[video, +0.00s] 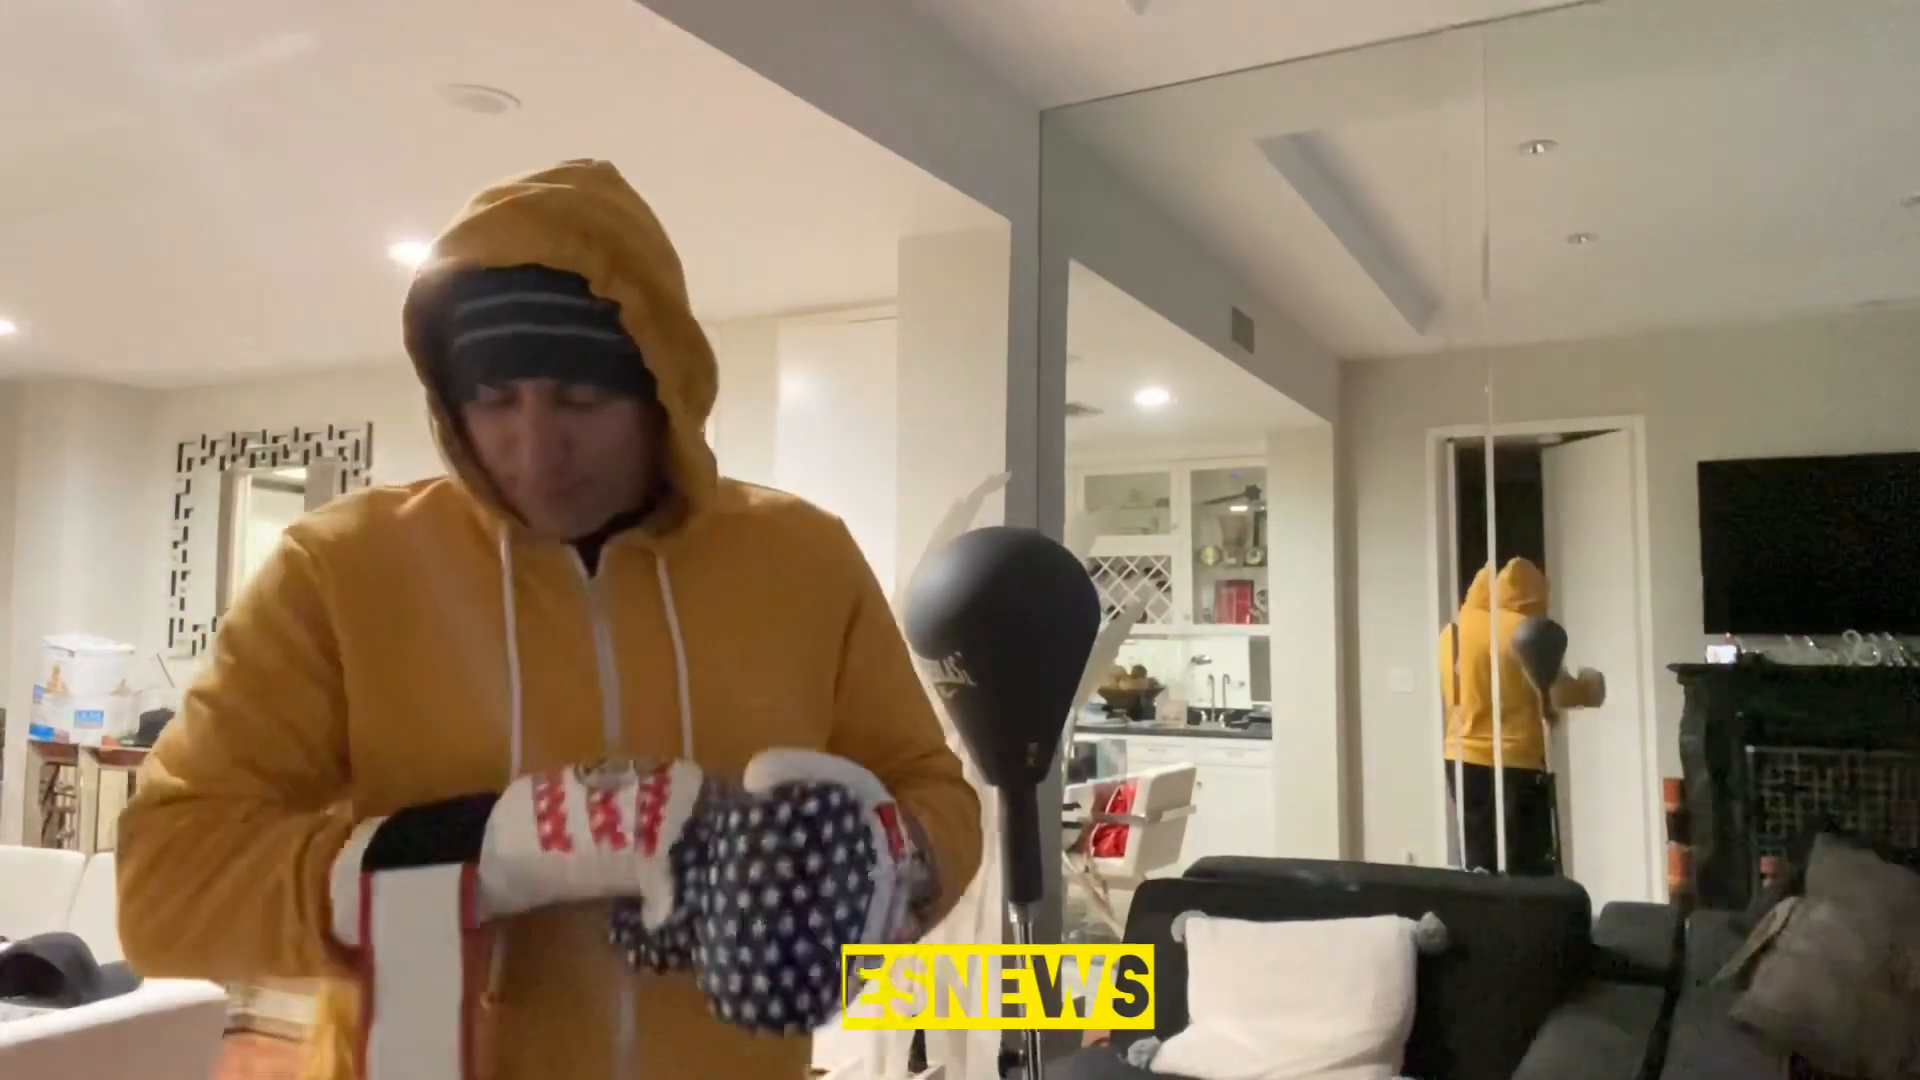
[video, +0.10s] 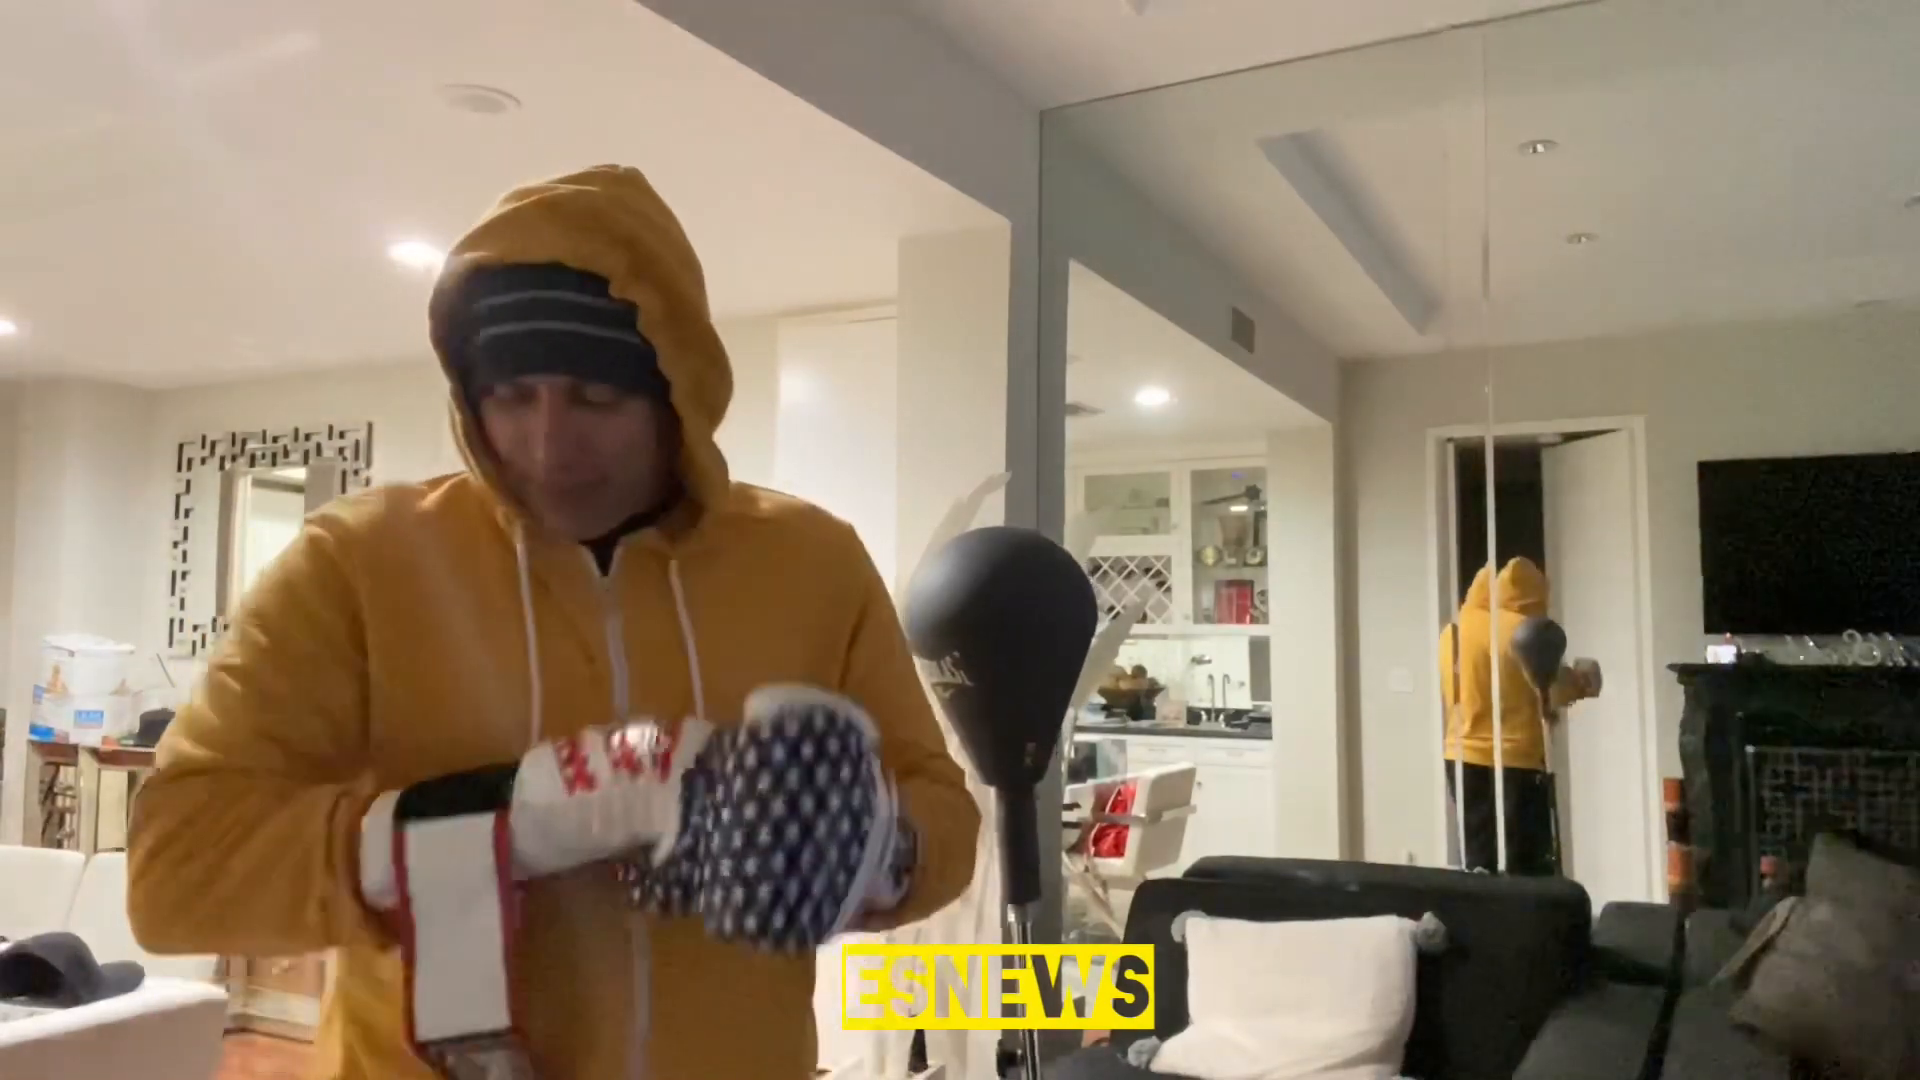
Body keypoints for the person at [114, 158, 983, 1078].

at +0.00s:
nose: (536, 445)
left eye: (580, 396)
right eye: (496, 399)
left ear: (661, 390)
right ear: (451, 408)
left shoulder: (799, 561)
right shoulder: (338, 578)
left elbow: (933, 796)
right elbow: (166, 880)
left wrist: (856, 859)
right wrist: (469, 851)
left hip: (738, 1066)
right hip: (441, 1066)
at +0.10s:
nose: (551, 445)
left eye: (595, 396)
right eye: (512, 396)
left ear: (675, 396)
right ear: (472, 403)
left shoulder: (807, 562)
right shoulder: (356, 569)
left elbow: (942, 816)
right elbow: (175, 870)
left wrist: (856, 841)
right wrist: (494, 830)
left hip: (734, 1066)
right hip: (437, 1066)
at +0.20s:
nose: (568, 443)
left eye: (611, 395)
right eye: (531, 396)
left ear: (690, 398)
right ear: (491, 404)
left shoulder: (814, 564)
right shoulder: (380, 559)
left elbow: (956, 834)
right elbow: (197, 850)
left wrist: (869, 808)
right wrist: (537, 803)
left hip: (740, 1061)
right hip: (438, 1063)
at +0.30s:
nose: (581, 438)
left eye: (625, 393)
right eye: (545, 393)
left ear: (701, 400)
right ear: (504, 405)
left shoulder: (822, 568)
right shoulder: (390, 560)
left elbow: (972, 822)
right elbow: (215, 843)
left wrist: (887, 811)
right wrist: (543, 800)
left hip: (740, 1065)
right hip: (445, 1067)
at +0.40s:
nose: (588, 432)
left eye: (631, 388)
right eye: (552, 388)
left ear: (706, 394)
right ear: (513, 400)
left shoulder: (824, 566)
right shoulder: (401, 558)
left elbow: (970, 831)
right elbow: (225, 835)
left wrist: (887, 811)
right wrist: (562, 785)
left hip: (748, 1061)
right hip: (450, 1062)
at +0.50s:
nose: (601, 413)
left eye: (647, 367)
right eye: (566, 367)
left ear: (718, 380)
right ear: (526, 385)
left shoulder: (832, 569)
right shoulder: (409, 559)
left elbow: (973, 813)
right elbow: (236, 835)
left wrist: (895, 811)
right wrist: (569, 786)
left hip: (753, 1063)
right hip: (458, 1063)